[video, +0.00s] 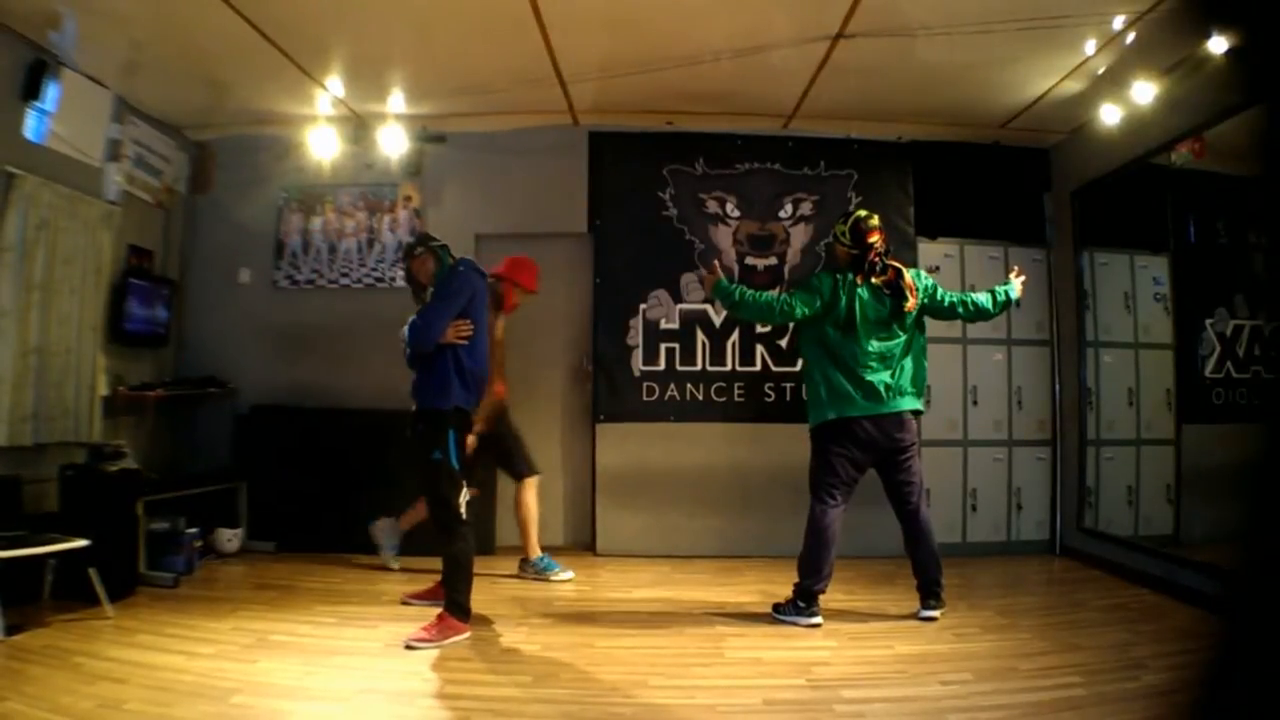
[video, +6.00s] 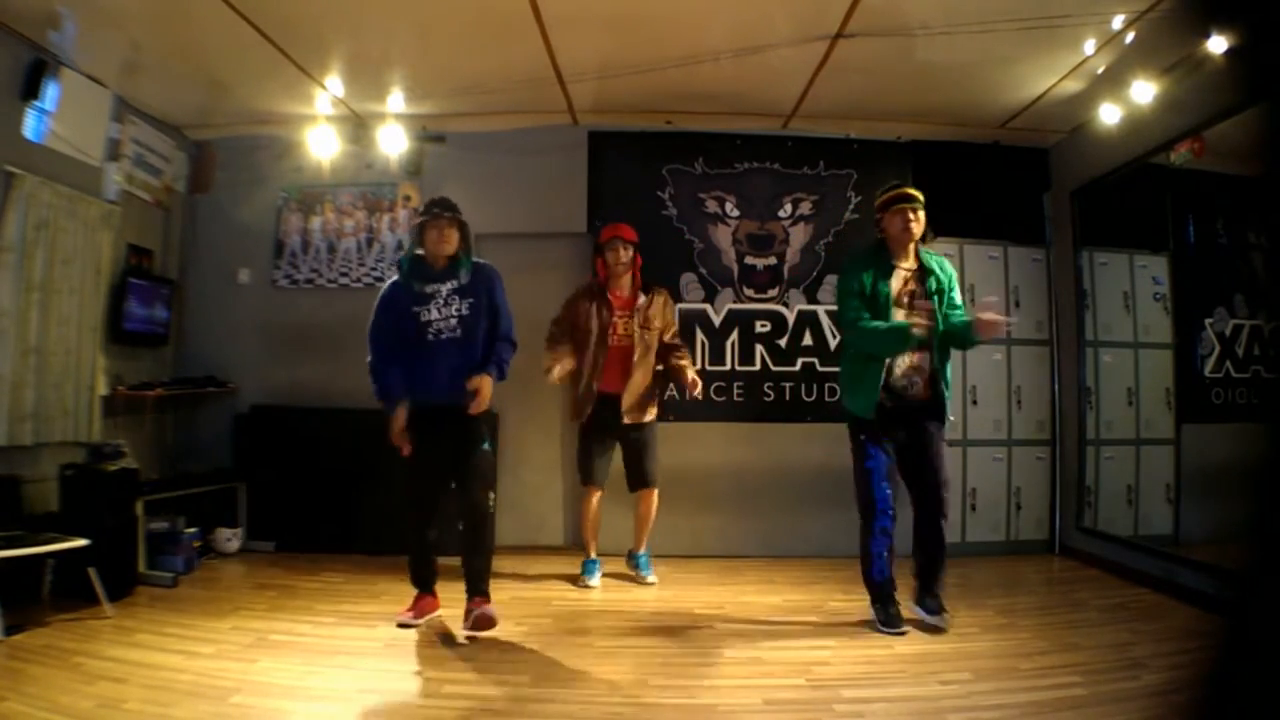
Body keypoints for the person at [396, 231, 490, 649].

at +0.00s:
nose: (414, 276)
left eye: (417, 266)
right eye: (411, 269)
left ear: (432, 257)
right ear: (421, 265)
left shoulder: (463, 277)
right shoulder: (444, 287)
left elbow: (425, 336)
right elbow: (411, 344)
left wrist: (412, 327)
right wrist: (434, 332)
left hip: (451, 411)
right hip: (434, 410)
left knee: (452, 511)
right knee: (443, 504)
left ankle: (456, 615)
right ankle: (449, 584)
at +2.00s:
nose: (413, 276)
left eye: (415, 266)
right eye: (408, 270)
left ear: (431, 256)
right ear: (414, 269)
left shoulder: (463, 278)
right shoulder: (438, 291)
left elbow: (428, 335)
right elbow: (409, 349)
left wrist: (411, 330)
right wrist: (436, 335)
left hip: (453, 409)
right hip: (433, 409)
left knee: (455, 509)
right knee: (441, 502)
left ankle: (456, 614)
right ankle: (447, 581)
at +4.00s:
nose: (415, 282)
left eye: (415, 272)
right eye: (411, 275)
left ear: (429, 263)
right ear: (426, 266)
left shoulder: (461, 285)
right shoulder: (445, 292)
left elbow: (445, 356)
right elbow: (424, 344)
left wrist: (412, 359)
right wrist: (427, 359)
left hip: (452, 413)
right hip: (435, 412)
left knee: (454, 509)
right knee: (439, 501)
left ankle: (456, 614)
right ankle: (445, 582)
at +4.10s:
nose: (413, 282)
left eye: (414, 273)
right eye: (409, 275)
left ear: (430, 264)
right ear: (419, 270)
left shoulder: (465, 289)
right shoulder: (433, 301)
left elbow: (477, 343)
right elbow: (422, 351)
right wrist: (410, 382)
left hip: (455, 415)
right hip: (429, 414)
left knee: (455, 508)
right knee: (433, 499)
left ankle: (456, 614)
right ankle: (443, 581)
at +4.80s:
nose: (470, 263)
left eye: (478, 255)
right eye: (463, 254)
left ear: (487, 257)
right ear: (447, 251)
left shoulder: (496, 302)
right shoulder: (416, 290)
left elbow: (502, 366)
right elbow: (393, 349)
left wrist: (494, 419)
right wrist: (394, 406)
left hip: (472, 413)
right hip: (427, 410)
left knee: (470, 505)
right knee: (433, 498)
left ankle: (470, 597)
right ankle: (447, 581)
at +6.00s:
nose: (443, 237)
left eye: (450, 229)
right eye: (434, 229)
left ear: (461, 235)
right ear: (421, 236)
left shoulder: (483, 279)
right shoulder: (399, 289)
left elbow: (504, 336)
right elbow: (382, 353)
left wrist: (490, 374)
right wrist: (396, 404)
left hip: (473, 407)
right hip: (423, 408)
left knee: (477, 501)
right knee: (420, 502)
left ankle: (478, 599)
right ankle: (425, 594)